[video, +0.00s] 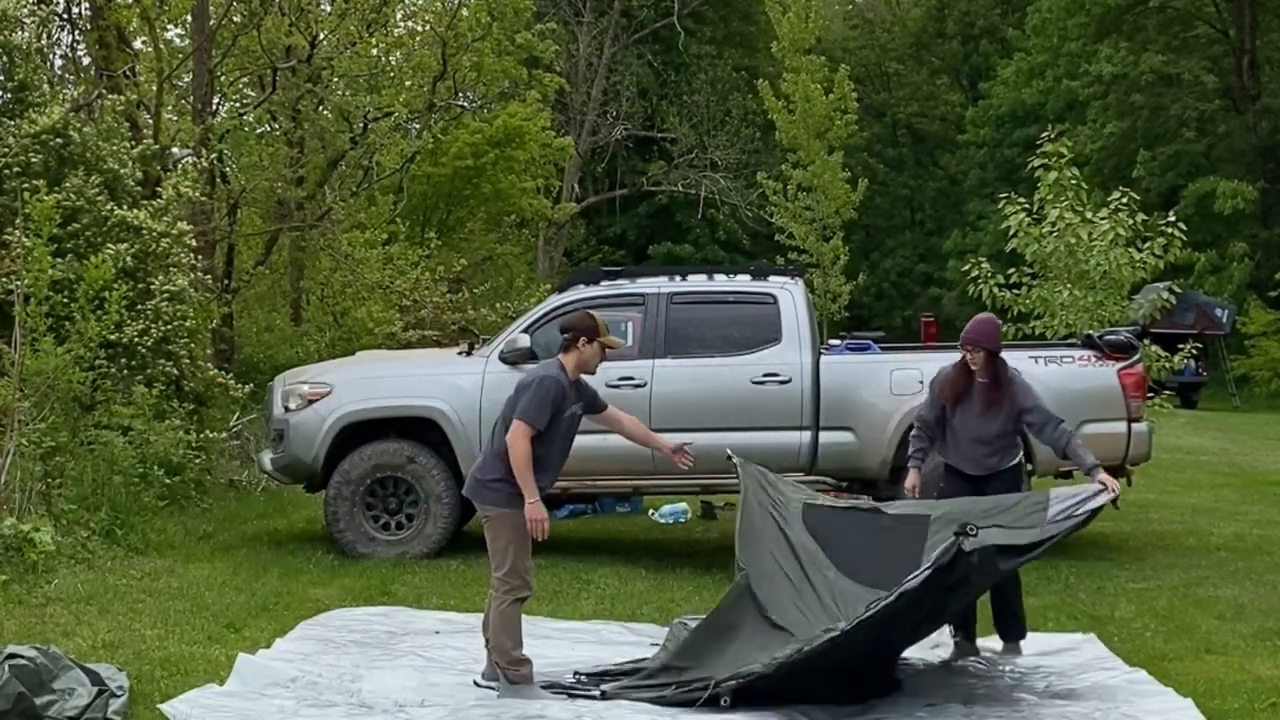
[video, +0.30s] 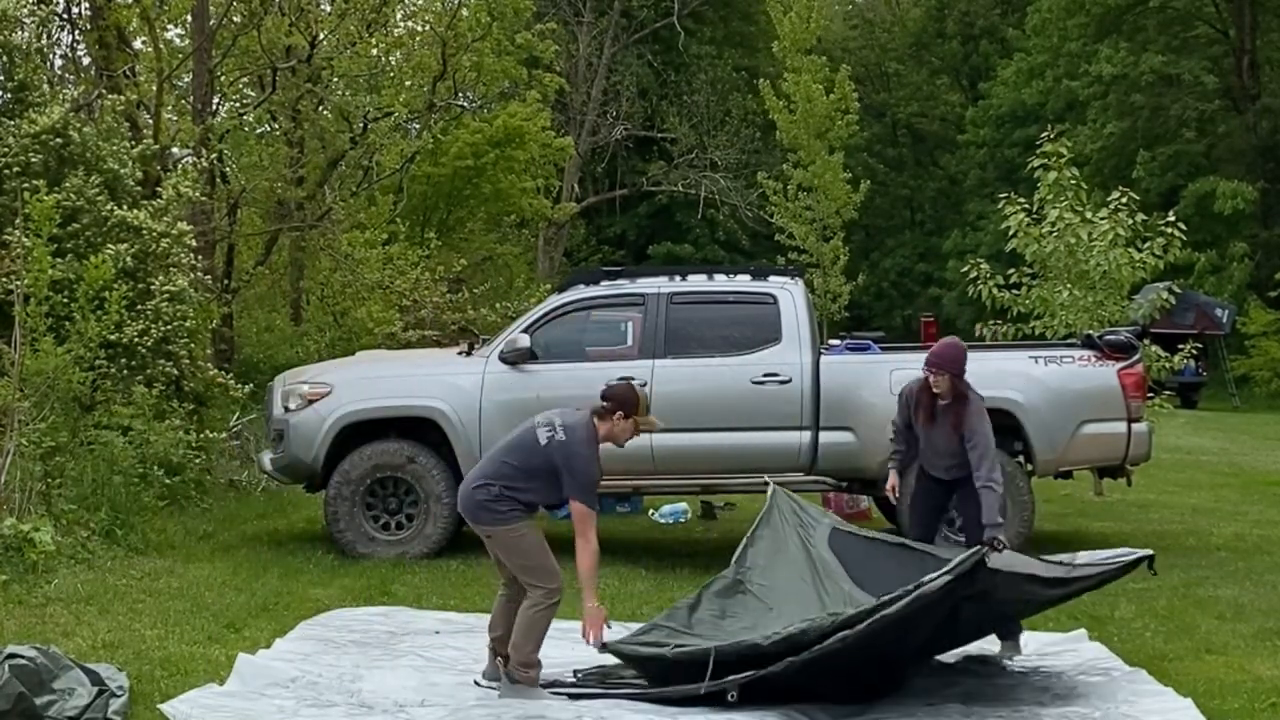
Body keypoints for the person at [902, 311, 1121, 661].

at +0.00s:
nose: (970, 355)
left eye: (977, 350)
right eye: (966, 349)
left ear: (993, 351)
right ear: (962, 349)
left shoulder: (1011, 384)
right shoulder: (947, 381)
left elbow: (1051, 427)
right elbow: (924, 426)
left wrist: (1094, 470)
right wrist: (914, 468)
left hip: (1003, 476)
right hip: (957, 476)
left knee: (1003, 556)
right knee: (957, 555)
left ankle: (1012, 642)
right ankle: (963, 642)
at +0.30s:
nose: (932, 378)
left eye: (939, 374)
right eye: (929, 372)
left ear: (956, 375)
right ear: (925, 371)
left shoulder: (971, 407)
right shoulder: (912, 395)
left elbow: (986, 470)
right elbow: (902, 436)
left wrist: (993, 531)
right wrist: (894, 470)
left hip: (970, 480)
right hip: (930, 478)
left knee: (980, 553)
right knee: (915, 546)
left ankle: (1009, 636)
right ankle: (911, 631)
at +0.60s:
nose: (865, 369)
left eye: (870, 362)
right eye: (861, 363)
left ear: (885, 360)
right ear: (857, 364)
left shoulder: (915, 389)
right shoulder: (861, 393)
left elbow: (942, 442)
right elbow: (855, 442)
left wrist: (917, 485)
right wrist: (836, 479)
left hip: (931, 466)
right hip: (896, 468)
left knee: (913, 543)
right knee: (890, 538)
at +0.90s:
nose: (839, 355)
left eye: (844, 348)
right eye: (835, 349)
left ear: (858, 343)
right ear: (831, 348)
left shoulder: (888, 374)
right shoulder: (833, 381)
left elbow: (919, 415)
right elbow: (829, 432)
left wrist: (918, 426)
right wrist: (836, 466)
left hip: (890, 478)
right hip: (849, 480)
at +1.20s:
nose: (817, 345)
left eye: (822, 338)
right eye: (811, 339)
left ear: (835, 336)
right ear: (806, 339)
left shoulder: (855, 369)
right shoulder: (796, 370)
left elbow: (886, 405)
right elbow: (785, 422)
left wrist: (915, 429)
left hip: (849, 458)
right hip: (807, 458)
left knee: (838, 530)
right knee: (808, 531)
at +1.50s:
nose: (830, 354)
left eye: (835, 348)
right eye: (824, 348)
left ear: (845, 346)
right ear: (817, 348)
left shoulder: (865, 374)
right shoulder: (803, 380)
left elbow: (896, 408)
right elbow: (795, 428)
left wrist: (927, 435)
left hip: (868, 464)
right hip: (823, 465)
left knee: (872, 532)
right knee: (819, 534)